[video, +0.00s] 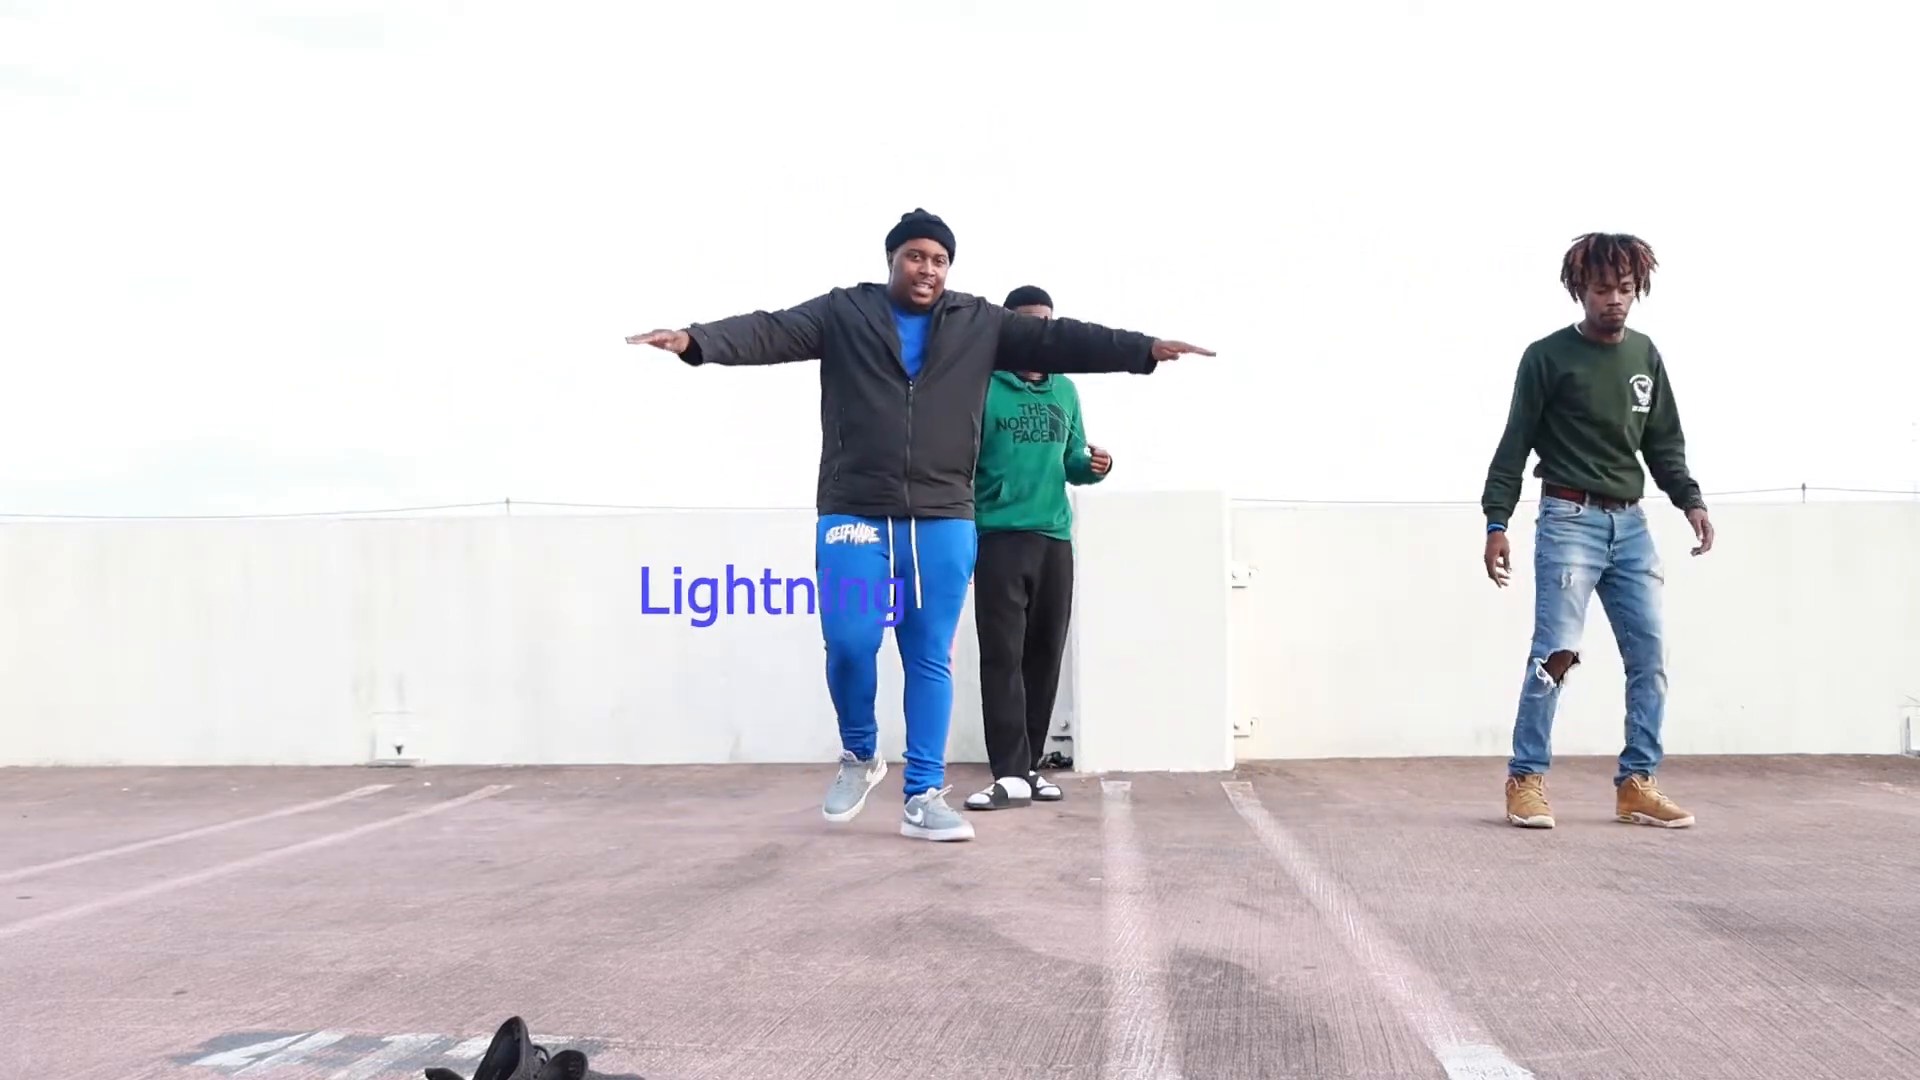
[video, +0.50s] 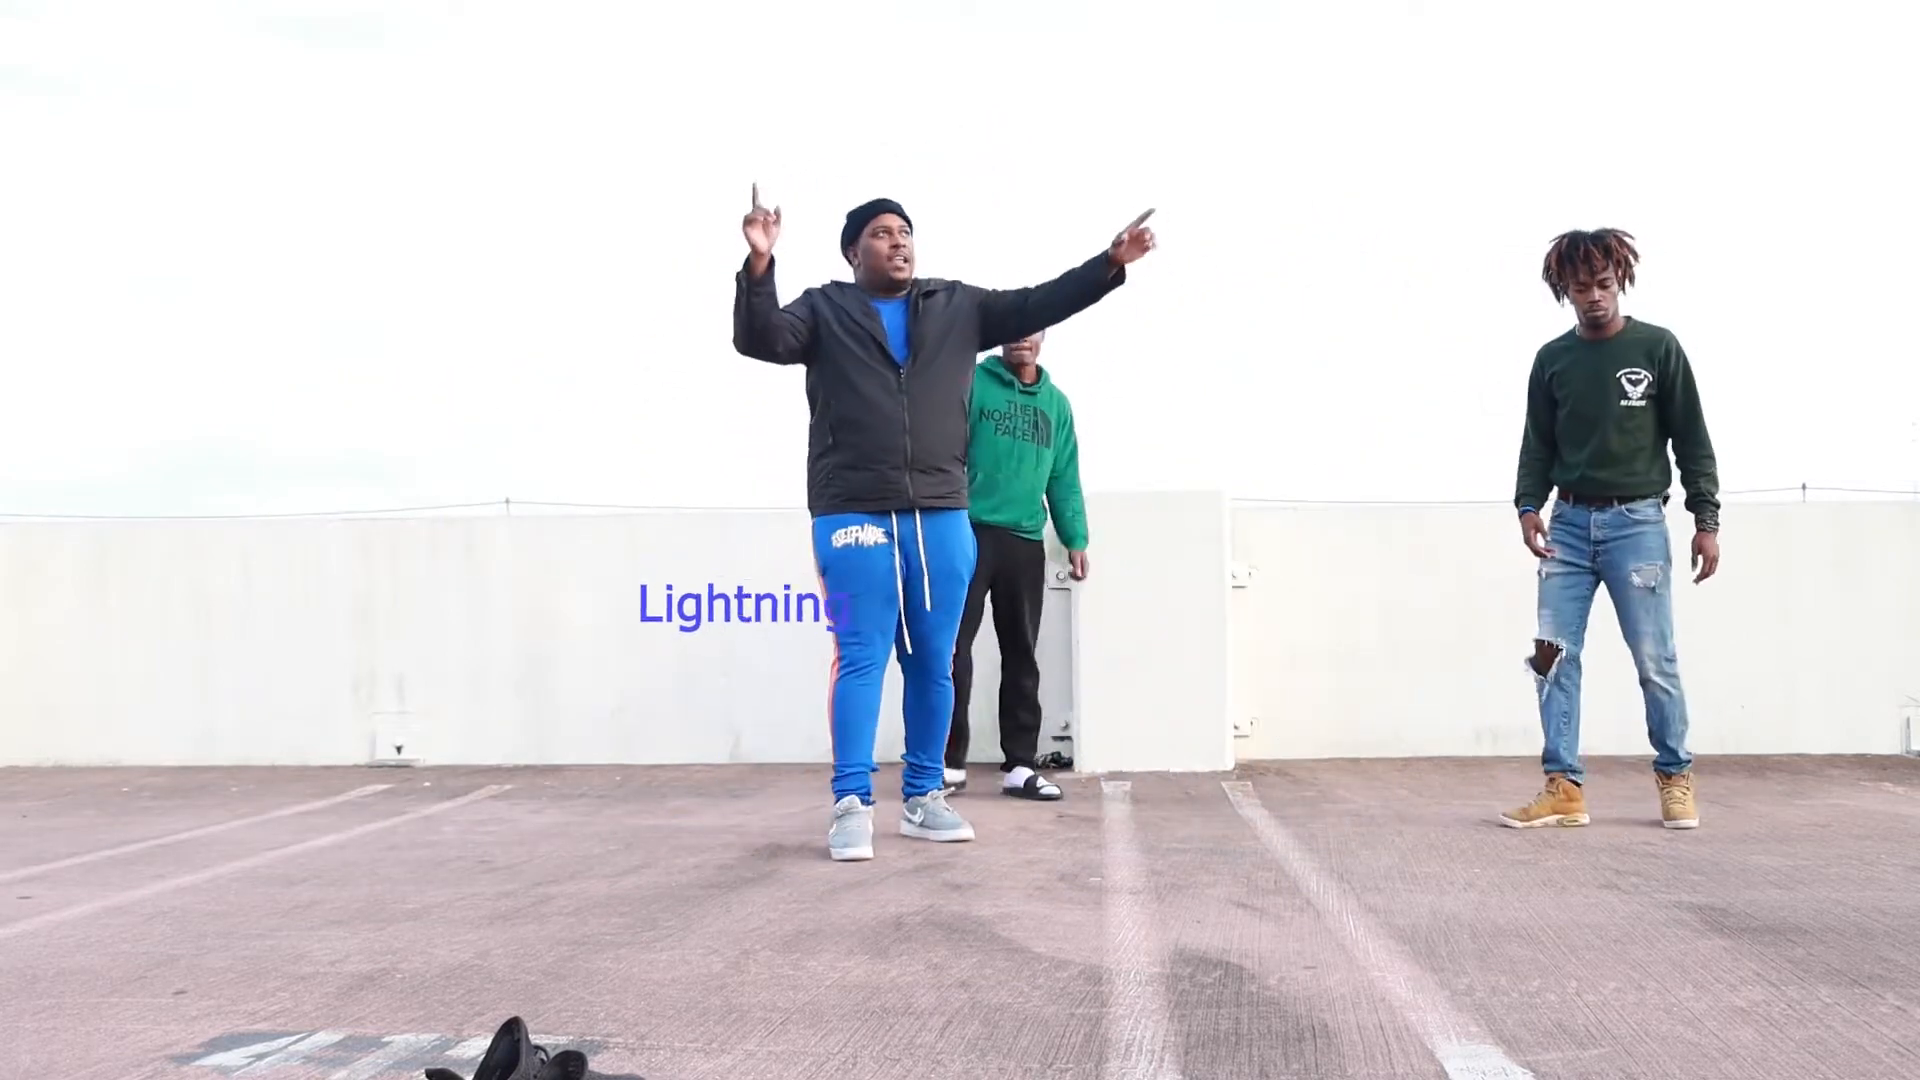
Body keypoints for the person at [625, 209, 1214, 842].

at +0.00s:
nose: (926, 268)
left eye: (937, 260)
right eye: (914, 257)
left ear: (949, 269)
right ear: (891, 261)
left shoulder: (977, 322)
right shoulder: (845, 312)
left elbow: (1053, 338)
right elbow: (773, 330)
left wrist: (1143, 348)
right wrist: (697, 340)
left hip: (942, 510)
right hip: (853, 506)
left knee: (929, 654)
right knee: (848, 644)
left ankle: (924, 796)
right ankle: (859, 756)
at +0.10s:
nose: (925, 259)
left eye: (936, 252)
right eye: (914, 249)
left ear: (949, 263)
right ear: (889, 255)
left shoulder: (977, 316)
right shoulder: (845, 307)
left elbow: (1054, 330)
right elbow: (776, 325)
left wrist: (1138, 337)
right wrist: (707, 327)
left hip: (943, 506)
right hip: (854, 500)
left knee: (930, 652)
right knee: (851, 639)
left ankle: (925, 795)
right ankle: (852, 776)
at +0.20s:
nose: (920, 256)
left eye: (931, 248)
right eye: (908, 246)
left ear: (943, 258)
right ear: (883, 253)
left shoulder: (976, 311)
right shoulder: (841, 302)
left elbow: (1046, 325)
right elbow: (776, 325)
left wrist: (1117, 324)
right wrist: (722, 319)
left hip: (944, 506)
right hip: (855, 503)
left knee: (931, 657)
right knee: (858, 646)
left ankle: (925, 797)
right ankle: (843, 796)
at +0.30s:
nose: (911, 255)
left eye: (922, 247)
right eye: (898, 245)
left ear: (936, 261)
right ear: (875, 256)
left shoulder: (969, 315)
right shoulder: (835, 307)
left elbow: (1036, 331)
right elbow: (765, 340)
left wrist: (1096, 312)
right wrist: (732, 316)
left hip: (941, 508)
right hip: (853, 506)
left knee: (933, 661)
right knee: (860, 654)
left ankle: (925, 798)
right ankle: (850, 804)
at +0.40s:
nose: (902, 249)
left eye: (911, 241)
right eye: (888, 241)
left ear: (924, 256)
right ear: (862, 257)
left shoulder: (963, 314)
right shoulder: (828, 312)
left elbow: (1034, 326)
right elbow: (752, 347)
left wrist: (1102, 289)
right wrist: (745, 290)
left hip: (942, 510)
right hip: (854, 509)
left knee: (934, 662)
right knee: (861, 656)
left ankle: (924, 799)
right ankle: (851, 805)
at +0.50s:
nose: (897, 243)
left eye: (904, 235)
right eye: (881, 235)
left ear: (915, 250)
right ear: (852, 254)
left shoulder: (954, 305)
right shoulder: (825, 308)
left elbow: (1035, 305)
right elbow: (758, 337)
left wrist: (1111, 263)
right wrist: (760, 262)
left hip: (940, 506)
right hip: (853, 506)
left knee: (934, 657)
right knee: (864, 653)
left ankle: (925, 797)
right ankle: (852, 804)